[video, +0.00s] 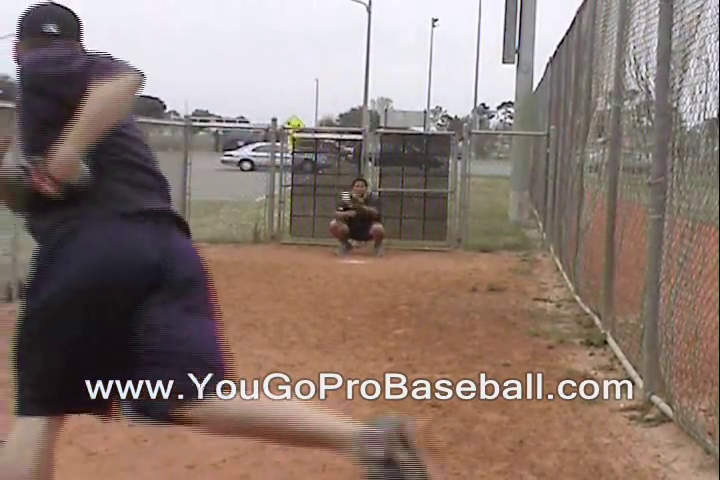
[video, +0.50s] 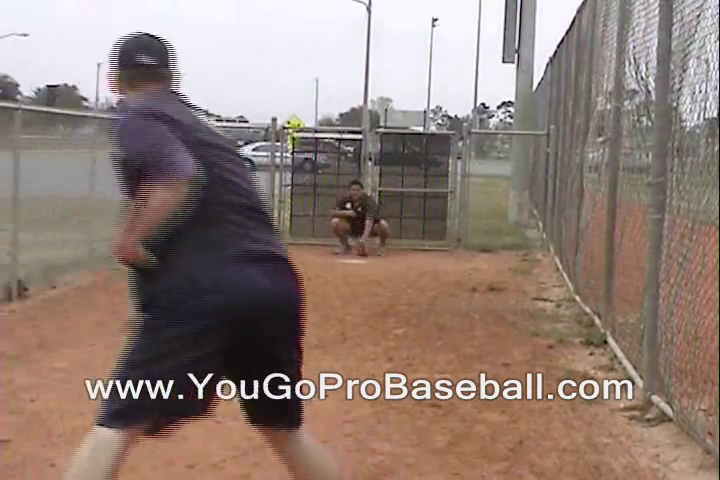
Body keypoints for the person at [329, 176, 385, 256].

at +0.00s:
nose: (359, 189)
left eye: (362, 187)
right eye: (357, 186)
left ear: (366, 189)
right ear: (353, 188)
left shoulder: (372, 199)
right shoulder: (347, 199)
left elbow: (376, 213)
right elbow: (337, 214)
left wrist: (361, 207)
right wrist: (347, 214)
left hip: (367, 228)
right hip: (351, 227)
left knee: (378, 228)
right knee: (334, 225)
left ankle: (377, 246)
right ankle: (346, 245)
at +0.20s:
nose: (357, 192)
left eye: (359, 189)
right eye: (355, 189)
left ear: (363, 191)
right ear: (351, 190)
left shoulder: (369, 199)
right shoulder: (346, 200)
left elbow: (374, 209)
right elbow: (333, 212)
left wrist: (361, 216)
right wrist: (345, 217)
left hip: (365, 228)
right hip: (349, 228)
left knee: (379, 227)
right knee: (334, 225)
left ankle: (378, 246)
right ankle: (346, 245)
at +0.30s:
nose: (356, 193)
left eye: (358, 190)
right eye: (354, 190)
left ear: (363, 191)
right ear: (351, 191)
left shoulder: (368, 200)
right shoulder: (346, 201)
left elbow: (371, 210)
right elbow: (333, 212)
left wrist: (367, 222)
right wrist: (349, 215)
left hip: (366, 228)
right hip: (351, 228)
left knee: (380, 226)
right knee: (335, 224)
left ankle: (379, 246)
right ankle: (346, 245)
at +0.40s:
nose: (356, 193)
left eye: (358, 190)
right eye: (354, 190)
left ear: (362, 192)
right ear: (350, 192)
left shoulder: (369, 201)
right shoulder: (346, 201)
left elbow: (371, 215)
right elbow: (334, 212)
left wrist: (367, 230)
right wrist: (348, 215)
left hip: (366, 228)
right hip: (352, 228)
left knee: (381, 226)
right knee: (335, 224)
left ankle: (380, 246)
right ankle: (346, 245)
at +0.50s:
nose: (355, 192)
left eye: (358, 190)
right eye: (353, 190)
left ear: (362, 191)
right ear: (350, 191)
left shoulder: (369, 202)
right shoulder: (346, 201)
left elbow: (369, 222)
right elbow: (333, 212)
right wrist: (347, 213)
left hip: (366, 227)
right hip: (352, 227)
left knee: (382, 225)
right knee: (336, 223)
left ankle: (382, 246)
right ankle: (346, 246)